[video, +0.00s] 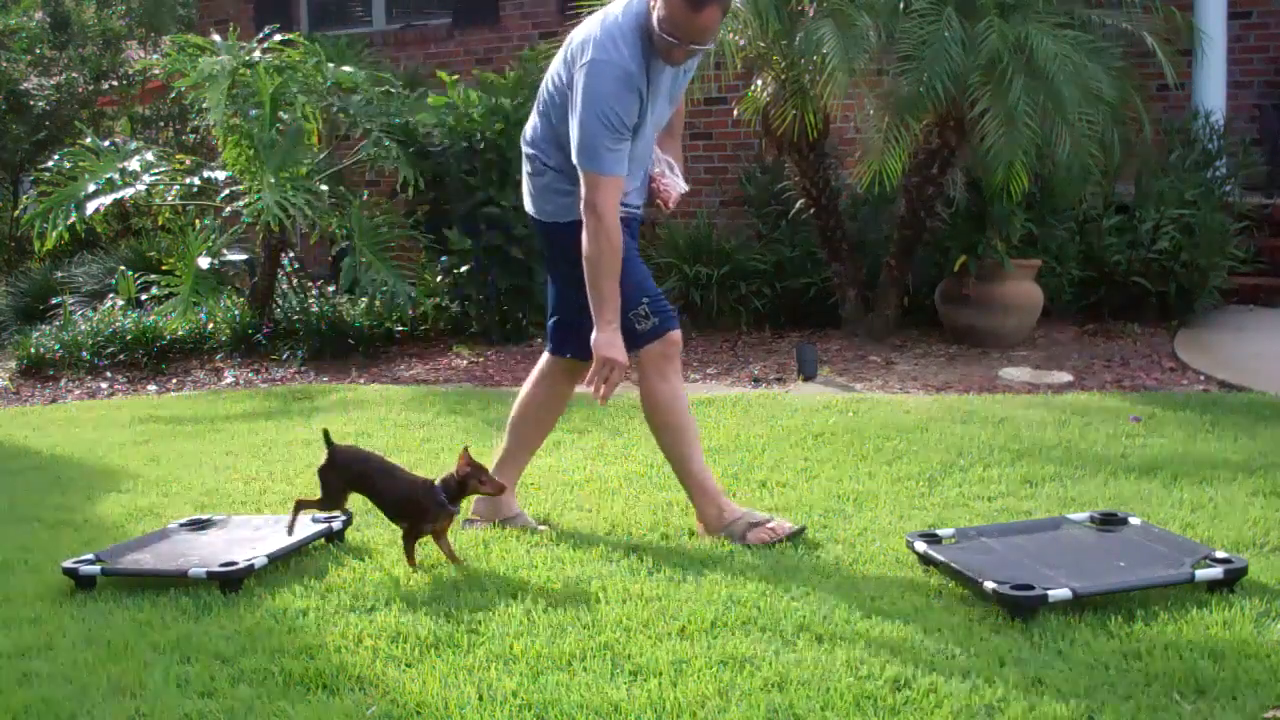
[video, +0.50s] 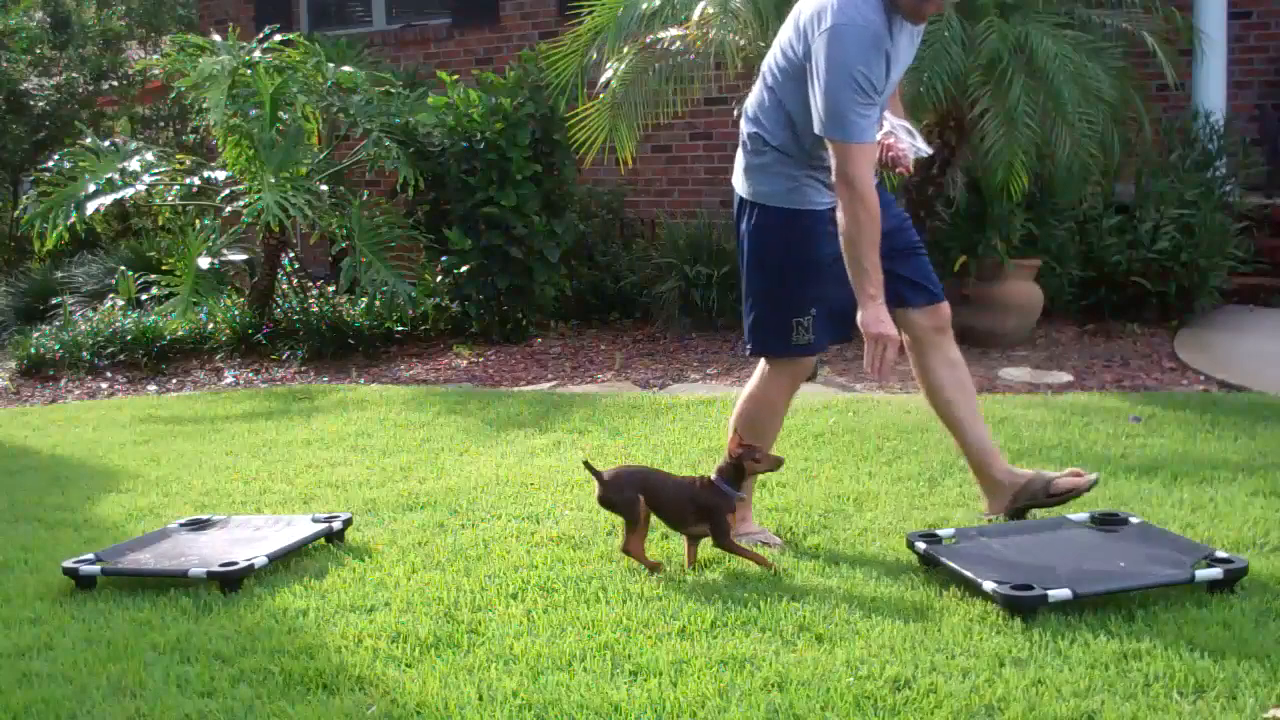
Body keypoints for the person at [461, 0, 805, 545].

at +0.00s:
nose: (689, 56)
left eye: (702, 46)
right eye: (678, 42)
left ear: (718, 21)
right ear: (655, 13)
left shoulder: (697, 33)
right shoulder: (608, 63)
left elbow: (669, 94)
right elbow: (597, 209)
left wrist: (667, 158)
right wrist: (607, 327)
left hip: (616, 198)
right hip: (567, 205)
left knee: (568, 353)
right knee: (658, 340)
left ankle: (494, 495)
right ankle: (715, 512)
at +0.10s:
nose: (735, 45)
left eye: (749, 34)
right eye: (723, 30)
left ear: (764, 18)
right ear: (699, 6)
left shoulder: (738, 26)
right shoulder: (656, 57)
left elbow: (714, 92)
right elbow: (645, 209)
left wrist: (710, 153)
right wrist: (653, 325)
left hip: (659, 197)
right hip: (610, 203)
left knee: (614, 353)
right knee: (688, 348)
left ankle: (517, 478)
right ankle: (721, 522)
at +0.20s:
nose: (787, 36)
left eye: (799, 25)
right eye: (777, 23)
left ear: (809, 13)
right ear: (751, 5)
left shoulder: (784, 21)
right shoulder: (704, 50)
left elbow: (759, 87)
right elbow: (696, 204)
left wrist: (758, 146)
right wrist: (705, 319)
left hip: (711, 184)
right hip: (651, 193)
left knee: (713, 345)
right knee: (709, 354)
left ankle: (584, 431)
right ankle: (722, 521)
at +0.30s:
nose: (845, 19)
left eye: (851, 11)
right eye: (840, 10)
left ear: (839, 5)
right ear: (807, 1)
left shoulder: (814, 21)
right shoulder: (748, 35)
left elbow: (796, 77)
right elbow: (747, 192)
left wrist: (802, 133)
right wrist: (762, 311)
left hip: (753, 179)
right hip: (691, 190)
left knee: (814, 318)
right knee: (734, 352)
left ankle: (685, 424)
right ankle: (723, 520)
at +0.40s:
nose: (895, 3)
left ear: (877, 1)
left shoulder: (861, 16)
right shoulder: (797, 29)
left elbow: (826, 72)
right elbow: (798, 182)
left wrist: (839, 124)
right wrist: (817, 303)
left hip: (803, 173)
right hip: (736, 186)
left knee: (887, 295)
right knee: (759, 355)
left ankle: (840, 467)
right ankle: (728, 518)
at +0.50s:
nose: (939, 6)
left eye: (942, 1)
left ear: (924, 0)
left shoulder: (909, 12)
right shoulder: (847, 26)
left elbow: (887, 71)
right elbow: (852, 183)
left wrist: (895, 126)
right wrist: (871, 302)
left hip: (855, 176)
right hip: (785, 183)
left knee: (930, 319)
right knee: (789, 359)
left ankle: (999, 483)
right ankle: (729, 514)